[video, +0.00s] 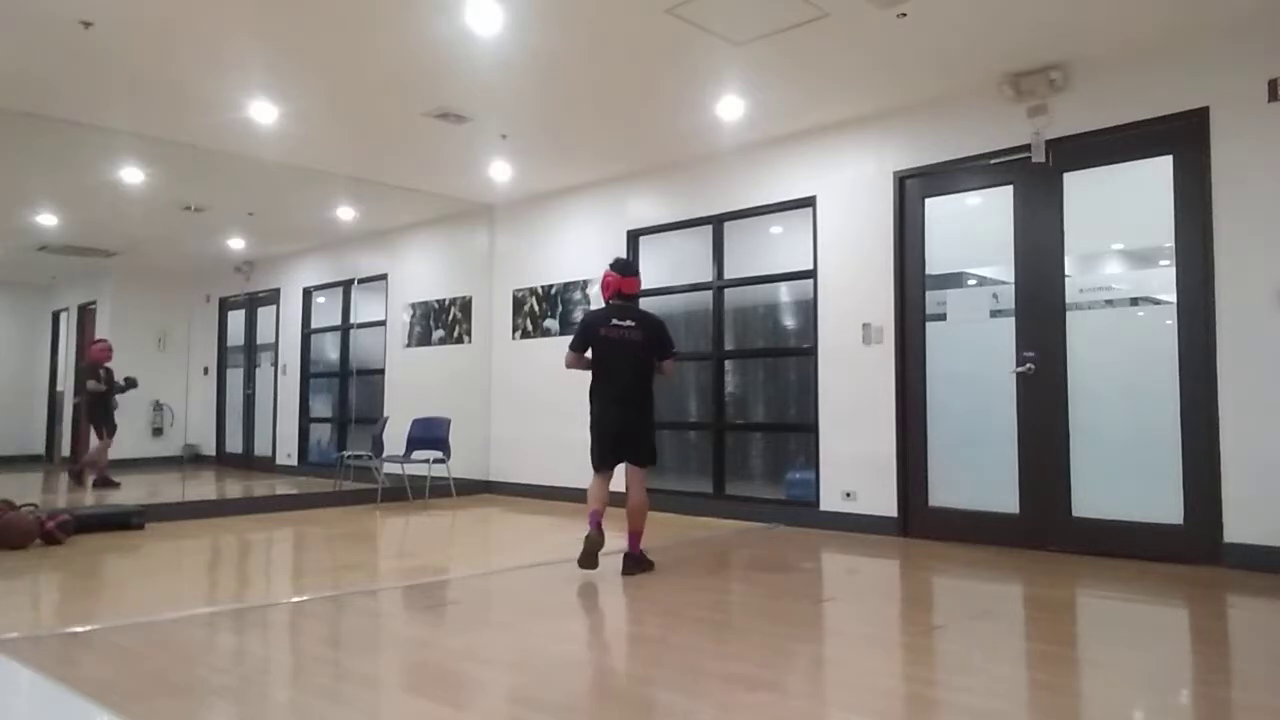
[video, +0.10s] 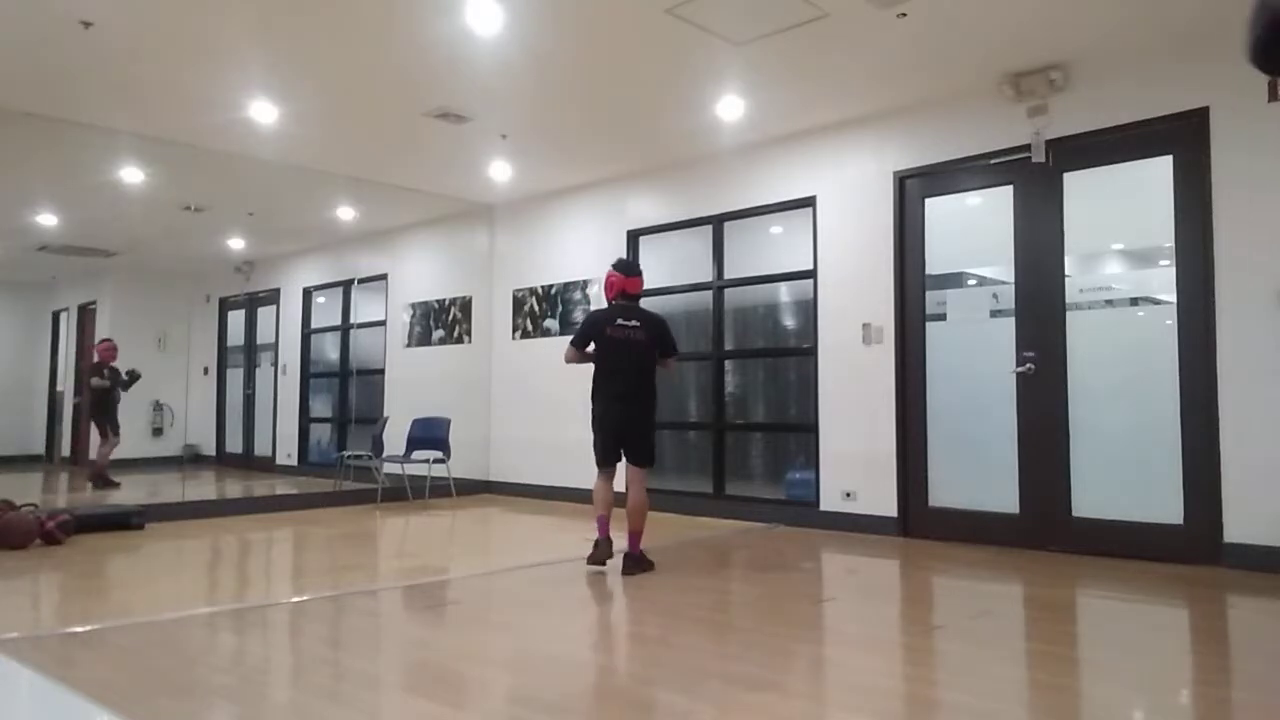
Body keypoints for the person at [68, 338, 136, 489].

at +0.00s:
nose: (107, 354)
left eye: (109, 350)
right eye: (103, 350)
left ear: (111, 352)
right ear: (94, 353)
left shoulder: (108, 371)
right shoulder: (88, 369)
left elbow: (112, 388)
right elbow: (90, 386)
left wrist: (125, 386)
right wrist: (109, 388)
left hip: (106, 408)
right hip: (94, 408)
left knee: (107, 441)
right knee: (104, 441)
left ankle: (102, 475)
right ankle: (79, 468)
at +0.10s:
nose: (111, 353)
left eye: (113, 350)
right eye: (107, 350)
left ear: (116, 352)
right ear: (99, 352)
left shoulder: (114, 371)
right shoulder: (95, 368)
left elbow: (123, 386)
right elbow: (94, 383)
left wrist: (132, 379)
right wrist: (112, 384)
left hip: (111, 409)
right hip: (98, 409)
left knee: (112, 439)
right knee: (109, 439)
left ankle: (101, 473)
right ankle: (97, 472)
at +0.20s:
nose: (115, 354)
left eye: (117, 350)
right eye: (112, 350)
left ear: (120, 352)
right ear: (104, 352)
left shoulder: (120, 370)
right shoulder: (98, 368)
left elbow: (131, 386)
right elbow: (96, 382)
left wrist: (136, 377)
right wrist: (115, 382)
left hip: (116, 411)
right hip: (103, 410)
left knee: (114, 441)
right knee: (111, 441)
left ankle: (105, 475)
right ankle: (109, 475)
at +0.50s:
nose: (124, 355)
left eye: (126, 351)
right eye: (120, 352)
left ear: (130, 353)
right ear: (112, 355)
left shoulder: (132, 371)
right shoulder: (108, 371)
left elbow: (148, 379)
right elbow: (106, 388)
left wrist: (147, 374)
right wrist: (123, 381)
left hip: (130, 411)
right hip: (117, 411)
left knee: (127, 443)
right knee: (124, 443)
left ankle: (106, 473)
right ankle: (126, 476)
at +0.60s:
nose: (127, 356)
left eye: (129, 352)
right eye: (123, 353)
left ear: (133, 354)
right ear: (116, 355)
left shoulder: (136, 371)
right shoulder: (111, 371)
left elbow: (157, 377)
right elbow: (111, 390)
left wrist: (141, 374)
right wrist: (126, 379)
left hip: (135, 413)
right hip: (119, 413)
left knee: (142, 442)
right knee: (123, 444)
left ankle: (118, 467)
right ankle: (124, 475)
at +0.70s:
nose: (132, 358)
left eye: (133, 355)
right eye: (129, 355)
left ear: (135, 355)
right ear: (121, 356)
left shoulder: (140, 370)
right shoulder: (113, 371)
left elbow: (158, 380)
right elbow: (113, 389)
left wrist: (147, 381)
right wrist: (125, 379)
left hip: (139, 413)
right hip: (122, 414)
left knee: (151, 440)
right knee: (124, 445)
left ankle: (131, 467)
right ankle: (127, 477)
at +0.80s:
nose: (135, 359)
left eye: (136, 356)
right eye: (132, 356)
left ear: (139, 356)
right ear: (123, 357)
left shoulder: (144, 370)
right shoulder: (115, 371)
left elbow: (163, 380)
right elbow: (114, 387)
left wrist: (153, 385)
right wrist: (124, 379)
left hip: (142, 411)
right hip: (124, 412)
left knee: (153, 438)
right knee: (125, 445)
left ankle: (146, 470)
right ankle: (126, 477)